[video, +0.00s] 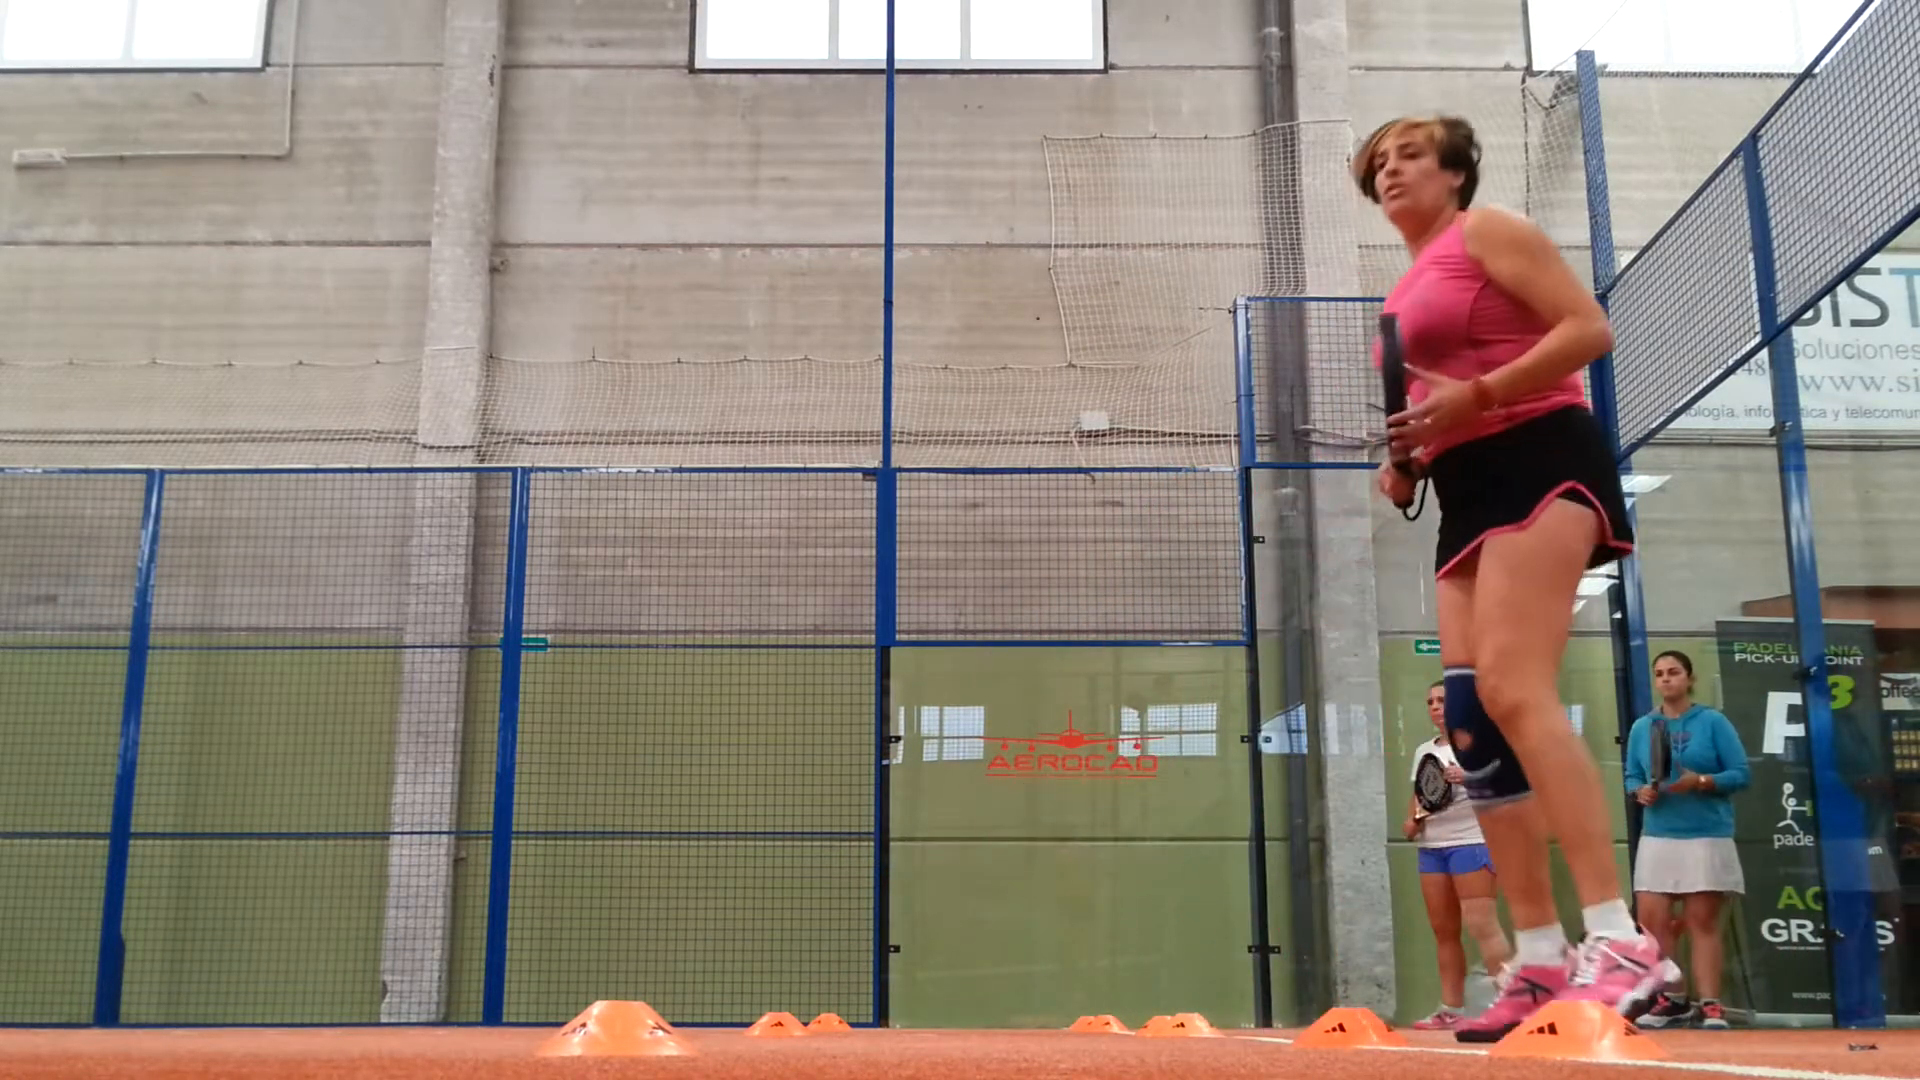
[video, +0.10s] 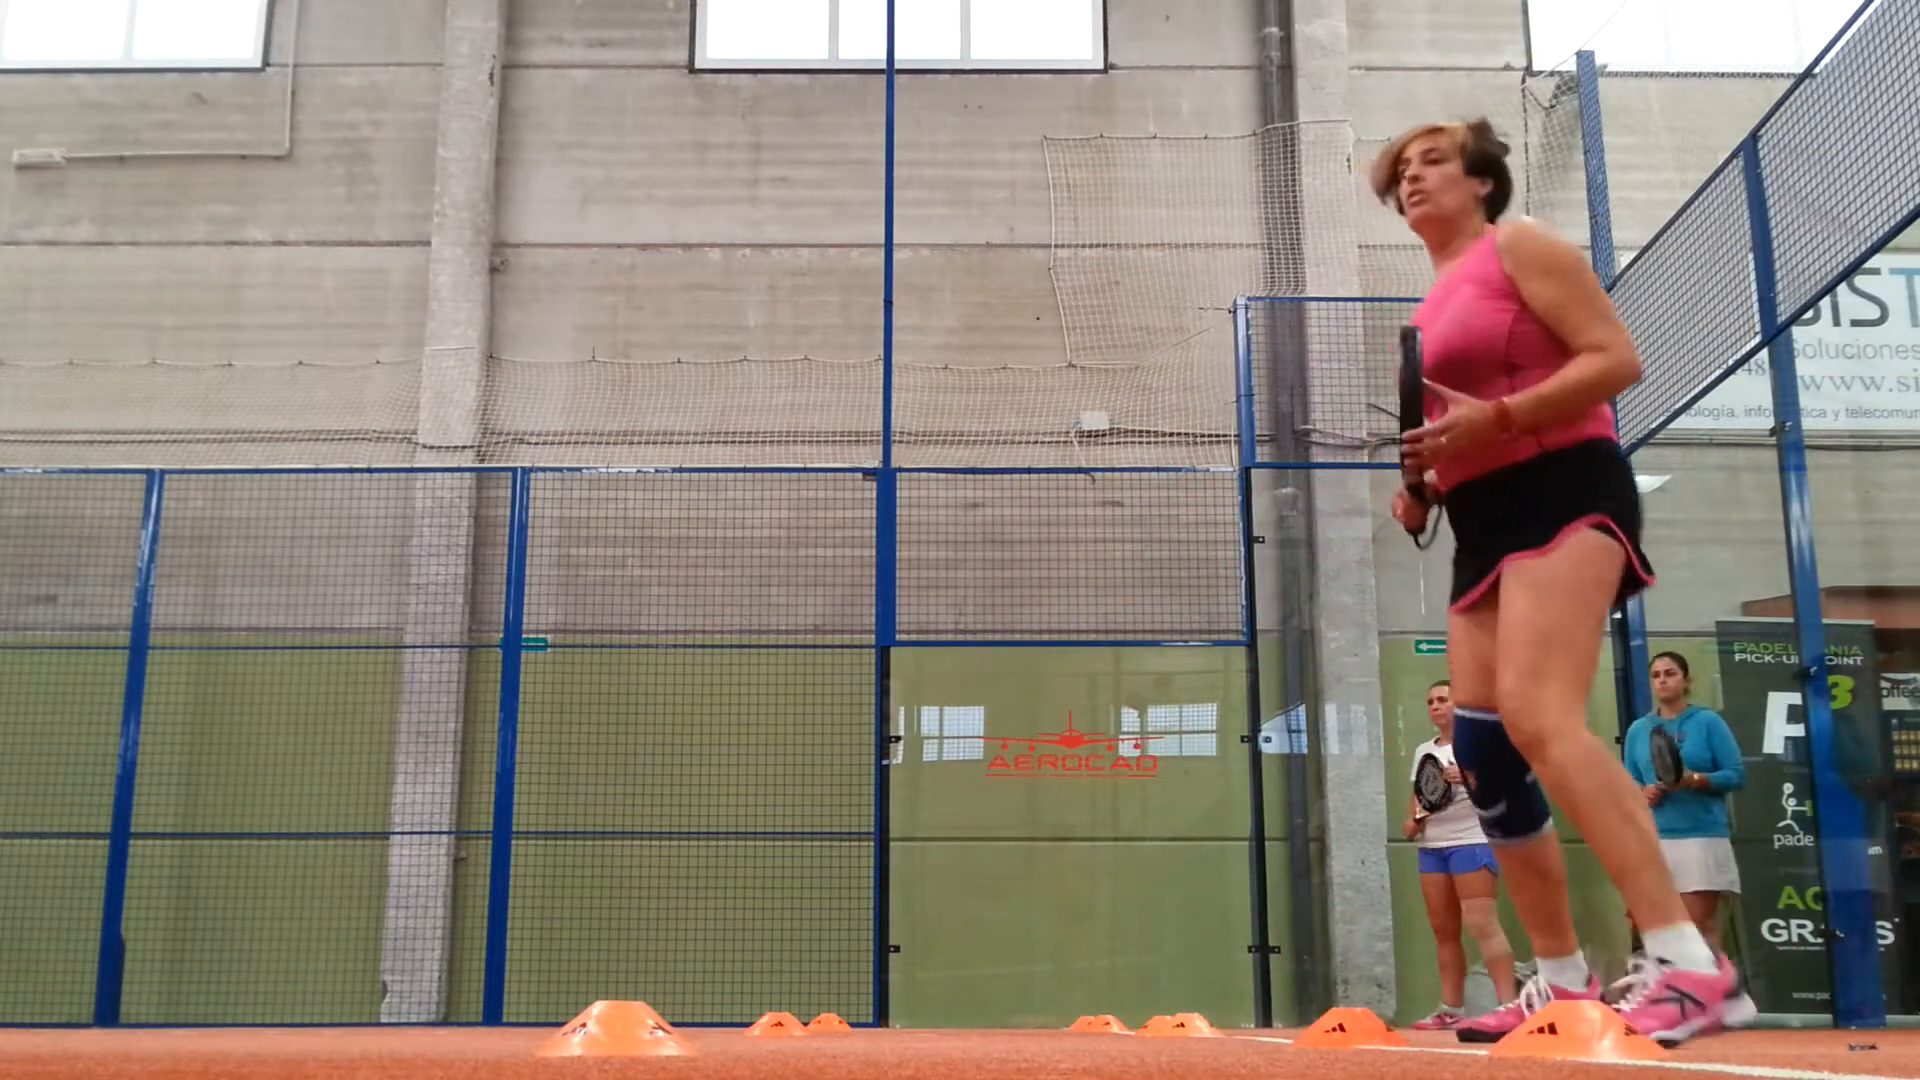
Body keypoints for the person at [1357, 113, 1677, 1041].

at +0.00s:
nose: (1391, 171)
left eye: (1409, 154)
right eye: (1379, 166)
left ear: (1455, 169)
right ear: (1377, 193)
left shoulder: (1488, 229)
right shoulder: (1411, 283)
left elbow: (1586, 329)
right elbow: (1446, 401)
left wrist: (1477, 395)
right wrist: (1408, 456)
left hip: (1543, 466)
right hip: (1468, 491)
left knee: (1518, 692)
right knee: (1472, 721)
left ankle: (1622, 947)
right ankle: (1542, 963)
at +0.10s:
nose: (1413, 178)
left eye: (1433, 161)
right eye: (1403, 172)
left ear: (1481, 180)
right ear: (1400, 201)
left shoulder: (1520, 244)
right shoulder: (1431, 307)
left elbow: (1616, 357)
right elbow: (1458, 421)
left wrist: (1501, 418)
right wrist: (1428, 474)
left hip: (1564, 497)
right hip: (1483, 524)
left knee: (1540, 712)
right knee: (1485, 751)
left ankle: (1688, 963)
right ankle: (1560, 984)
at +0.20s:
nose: (1423, 163)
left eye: (1444, 148)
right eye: (1418, 153)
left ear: (1497, 168)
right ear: (1427, 186)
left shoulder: (1537, 224)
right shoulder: (1461, 283)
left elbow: (1639, 329)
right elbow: (1507, 415)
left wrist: (1517, 391)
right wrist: (1446, 464)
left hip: (1589, 484)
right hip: (1510, 510)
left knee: (1549, 726)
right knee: (1499, 741)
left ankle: (1697, 980)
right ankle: (1571, 976)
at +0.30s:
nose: (1426, 97)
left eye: (1445, 80)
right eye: (1421, 89)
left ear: (1502, 92)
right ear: (1433, 119)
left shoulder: (1540, 148)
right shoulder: (1471, 210)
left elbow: (1657, 235)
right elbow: (1516, 345)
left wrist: (1530, 309)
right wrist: (1465, 403)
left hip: (1612, 411)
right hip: (1533, 437)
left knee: (1594, 670)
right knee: (1504, 681)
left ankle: (1690, 947)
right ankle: (1613, 921)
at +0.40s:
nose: (1429, 52)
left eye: (1445, 33)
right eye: (1424, 42)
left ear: (1509, 36)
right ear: (1449, 65)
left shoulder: (1551, 91)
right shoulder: (1481, 165)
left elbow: (1673, 183)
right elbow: (1542, 303)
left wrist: (1542, 260)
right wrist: (1482, 363)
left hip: (1633, 355)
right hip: (1556, 386)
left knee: (1607, 627)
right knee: (1518, 642)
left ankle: (1728, 915)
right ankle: (1638, 902)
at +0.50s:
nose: (1447, 46)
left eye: (1467, 25)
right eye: (1438, 39)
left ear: (1530, 29)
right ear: (1445, 62)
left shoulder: (1576, 94)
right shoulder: (1500, 167)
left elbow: (1697, 195)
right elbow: (1558, 307)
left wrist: (1555, 276)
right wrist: (1501, 380)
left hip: (1651, 369)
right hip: (1570, 404)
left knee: (1638, 642)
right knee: (1540, 676)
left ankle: (1807, 942)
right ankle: (1676, 942)